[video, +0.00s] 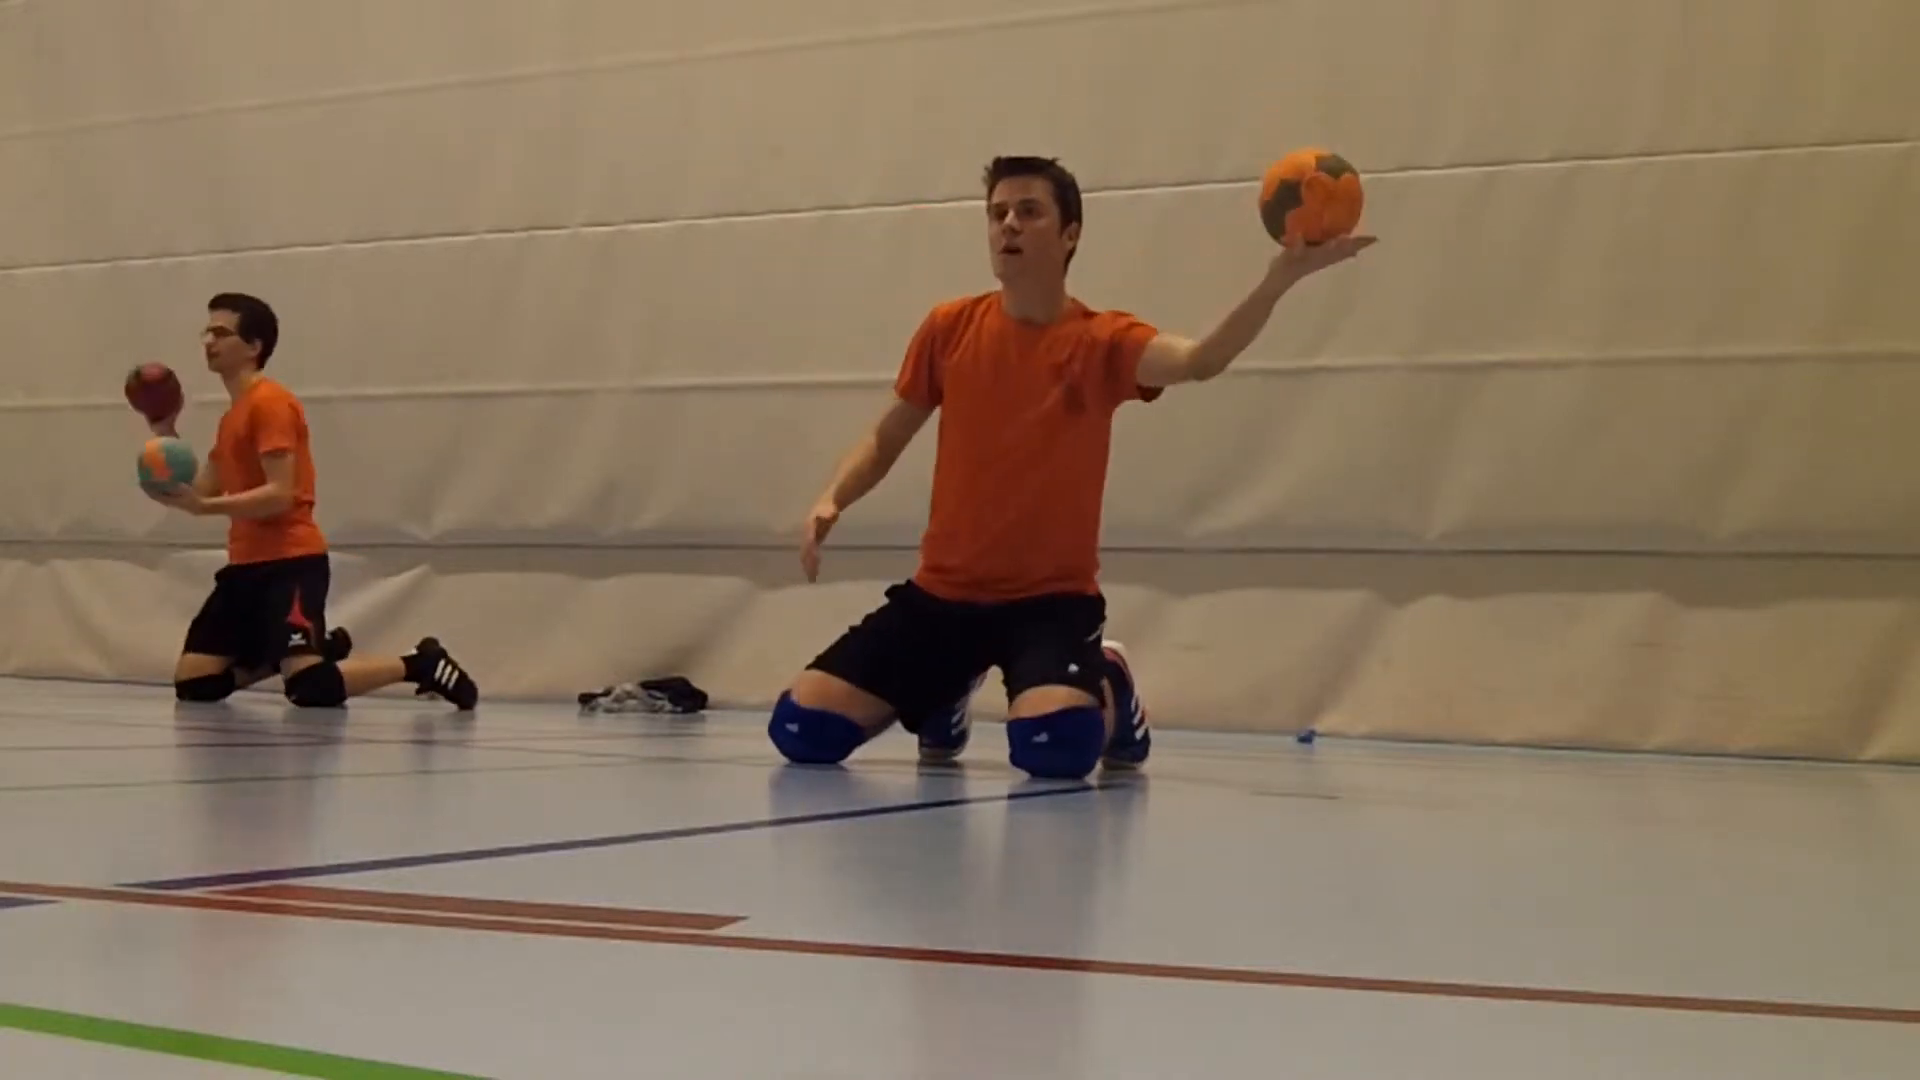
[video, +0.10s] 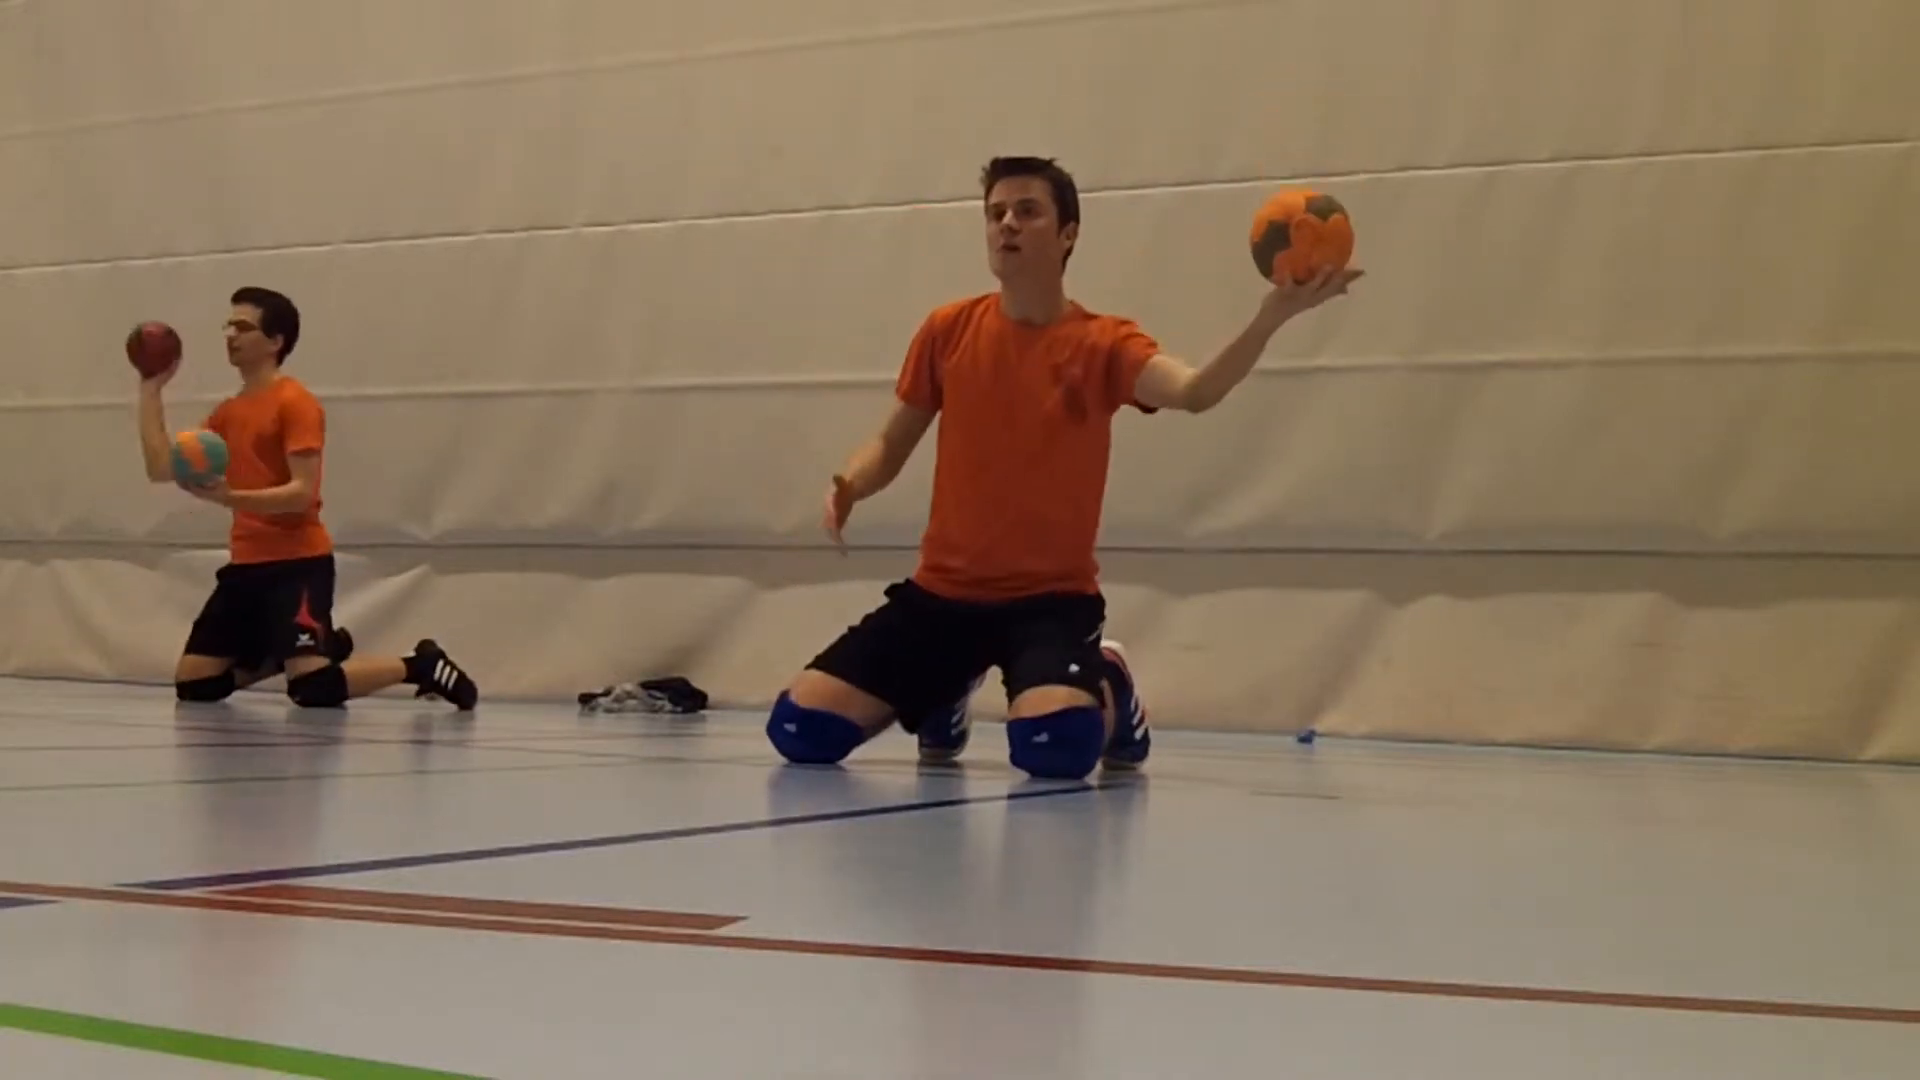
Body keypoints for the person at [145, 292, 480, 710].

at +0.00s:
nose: (207, 342)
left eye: (220, 333)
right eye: (207, 333)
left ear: (254, 346)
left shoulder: (270, 401)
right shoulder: (233, 417)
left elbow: (281, 494)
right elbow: (204, 491)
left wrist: (203, 506)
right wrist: (166, 437)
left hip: (292, 564)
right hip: (244, 570)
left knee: (309, 687)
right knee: (196, 686)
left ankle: (421, 666)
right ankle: (314, 651)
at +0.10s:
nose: (229, 335)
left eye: (242, 327)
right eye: (229, 326)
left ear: (276, 341)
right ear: (230, 335)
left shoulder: (296, 402)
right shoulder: (227, 413)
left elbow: (303, 495)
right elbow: (161, 468)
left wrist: (226, 495)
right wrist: (150, 386)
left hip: (299, 565)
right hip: (245, 568)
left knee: (312, 689)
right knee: (195, 687)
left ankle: (420, 668)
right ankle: (312, 650)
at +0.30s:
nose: (254, 332)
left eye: (268, 324)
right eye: (252, 323)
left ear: (301, 338)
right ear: (249, 332)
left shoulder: (323, 405)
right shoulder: (241, 399)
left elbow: (348, 492)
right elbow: (150, 396)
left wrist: (314, 486)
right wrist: (110, 328)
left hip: (312, 565)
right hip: (253, 567)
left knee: (316, 689)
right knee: (200, 685)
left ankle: (418, 663)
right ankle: (310, 652)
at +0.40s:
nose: (261, 332)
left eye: (274, 324)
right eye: (260, 323)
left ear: (308, 336)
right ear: (258, 329)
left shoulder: (333, 405)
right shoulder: (248, 401)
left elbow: (366, 490)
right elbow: (164, 437)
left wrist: (352, 467)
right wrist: (138, 382)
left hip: (312, 566)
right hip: (254, 567)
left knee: (315, 691)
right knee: (202, 687)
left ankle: (408, 659)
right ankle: (308, 652)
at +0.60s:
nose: (271, 339)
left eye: (284, 330)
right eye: (268, 329)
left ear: (317, 341)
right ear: (264, 333)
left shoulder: (338, 406)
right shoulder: (252, 407)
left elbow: (383, 474)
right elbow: (217, 491)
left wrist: (423, 457)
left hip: (314, 569)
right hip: (253, 568)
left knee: (316, 692)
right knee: (198, 686)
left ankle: (379, 653)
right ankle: (312, 657)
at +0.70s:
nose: (273, 342)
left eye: (286, 332)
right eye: (270, 331)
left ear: (319, 343)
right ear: (265, 336)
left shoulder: (342, 409)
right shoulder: (254, 408)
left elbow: (390, 471)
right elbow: (230, 501)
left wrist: (440, 455)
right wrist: (188, 570)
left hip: (313, 572)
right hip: (253, 573)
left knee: (317, 693)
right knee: (195, 686)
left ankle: (370, 653)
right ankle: (306, 657)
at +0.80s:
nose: (273, 344)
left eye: (285, 334)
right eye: (269, 333)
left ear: (318, 344)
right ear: (265, 337)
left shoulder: (342, 409)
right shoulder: (255, 409)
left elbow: (392, 474)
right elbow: (239, 501)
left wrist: (454, 457)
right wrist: (207, 581)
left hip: (315, 574)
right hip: (254, 573)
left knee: (316, 692)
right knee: (195, 685)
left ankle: (369, 653)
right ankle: (306, 656)